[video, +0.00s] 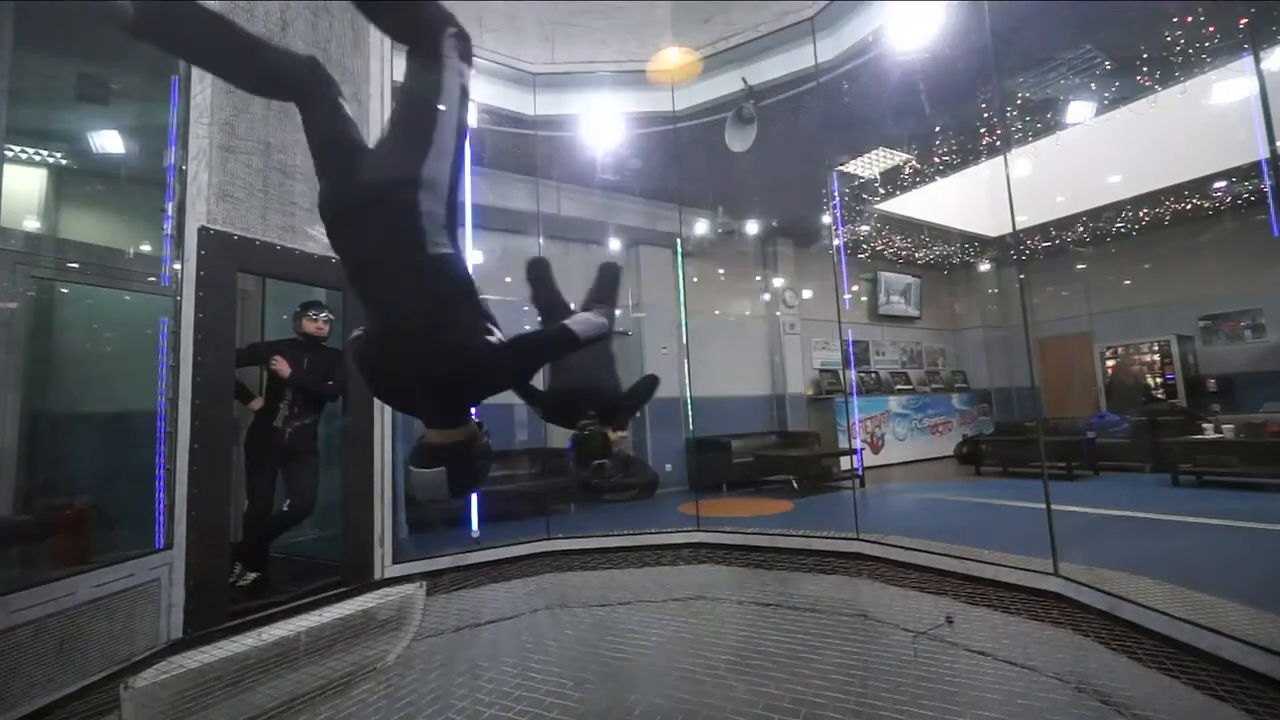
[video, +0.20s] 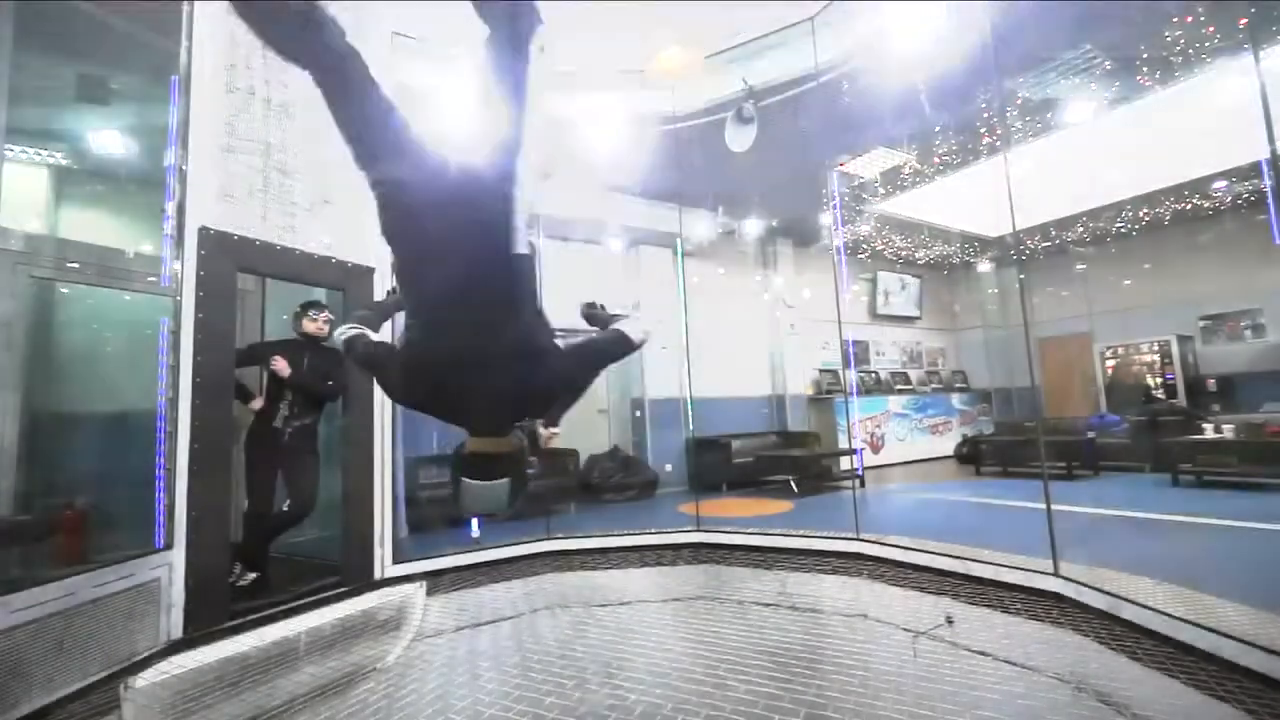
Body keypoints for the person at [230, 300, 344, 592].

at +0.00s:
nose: (319, 324)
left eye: (325, 320)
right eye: (313, 319)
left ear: (330, 326)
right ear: (299, 323)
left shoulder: (334, 357)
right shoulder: (279, 348)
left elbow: (333, 392)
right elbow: (223, 361)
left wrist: (291, 375)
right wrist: (249, 398)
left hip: (302, 441)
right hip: (264, 437)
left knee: (303, 504)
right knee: (260, 505)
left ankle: (241, 553)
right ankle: (254, 570)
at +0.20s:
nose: (323, 323)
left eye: (327, 319)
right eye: (315, 318)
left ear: (331, 325)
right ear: (300, 323)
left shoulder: (333, 357)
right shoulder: (279, 349)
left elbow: (332, 391)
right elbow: (223, 361)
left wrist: (291, 375)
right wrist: (248, 397)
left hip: (302, 440)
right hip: (264, 436)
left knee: (302, 505)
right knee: (259, 506)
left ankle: (242, 554)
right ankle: (255, 571)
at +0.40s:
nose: (325, 318)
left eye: (329, 314)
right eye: (318, 312)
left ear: (332, 320)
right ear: (302, 314)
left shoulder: (333, 354)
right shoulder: (270, 343)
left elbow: (340, 393)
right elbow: (238, 381)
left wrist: (305, 398)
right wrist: (270, 371)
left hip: (308, 440)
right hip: (271, 437)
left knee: (295, 503)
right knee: (268, 502)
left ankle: (285, 572)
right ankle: (266, 566)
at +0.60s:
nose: (322, 315)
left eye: (326, 312)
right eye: (315, 309)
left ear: (330, 319)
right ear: (299, 314)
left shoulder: (333, 354)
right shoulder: (270, 345)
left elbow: (342, 394)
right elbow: (243, 383)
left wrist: (314, 387)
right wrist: (282, 372)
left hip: (311, 438)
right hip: (274, 435)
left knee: (298, 501)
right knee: (270, 499)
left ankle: (285, 571)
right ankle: (267, 565)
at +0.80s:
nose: (325, 314)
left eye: (328, 311)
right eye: (318, 309)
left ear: (331, 318)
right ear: (301, 313)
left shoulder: (331, 353)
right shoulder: (271, 344)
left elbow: (341, 394)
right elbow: (249, 382)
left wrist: (324, 368)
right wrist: (287, 364)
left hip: (314, 438)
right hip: (277, 436)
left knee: (298, 501)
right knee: (270, 499)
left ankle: (286, 571)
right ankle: (267, 564)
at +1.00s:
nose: (323, 314)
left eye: (326, 310)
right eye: (317, 309)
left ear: (329, 315)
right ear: (302, 312)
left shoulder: (331, 346)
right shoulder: (273, 344)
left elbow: (340, 389)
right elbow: (252, 382)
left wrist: (331, 351)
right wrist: (293, 360)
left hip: (315, 438)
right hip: (279, 437)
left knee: (300, 505)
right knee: (271, 504)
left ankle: (286, 572)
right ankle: (262, 566)